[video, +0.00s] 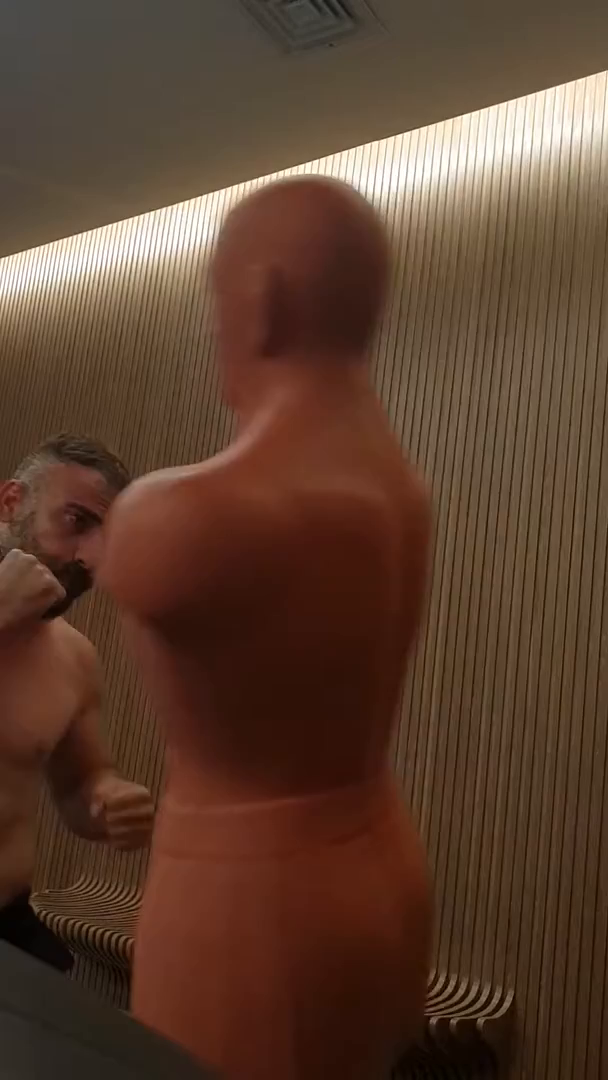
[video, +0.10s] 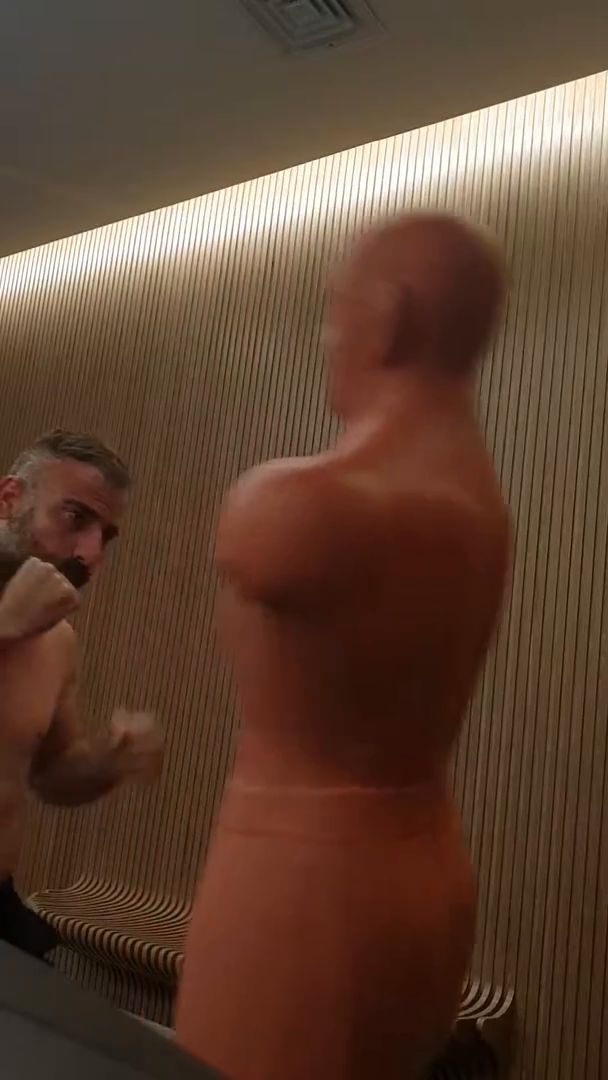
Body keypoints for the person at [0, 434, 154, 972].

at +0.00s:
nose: (93, 555)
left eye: (105, 534)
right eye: (77, 521)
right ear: (12, 503)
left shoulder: (70, 656)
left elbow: (81, 783)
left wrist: (117, 811)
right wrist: (4, 614)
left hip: (11, 922)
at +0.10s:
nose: (91, 553)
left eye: (105, 535)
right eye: (75, 518)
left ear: (111, 543)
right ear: (11, 497)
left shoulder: (56, 639)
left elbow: (51, 777)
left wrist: (108, 763)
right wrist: (7, 623)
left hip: (5, 904)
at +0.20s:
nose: (103, 564)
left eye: (116, 545)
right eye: (87, 530)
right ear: (20, 512)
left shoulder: (63, 646)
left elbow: (76, 786)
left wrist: (134, 707)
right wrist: (27, 649)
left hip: (2, 904)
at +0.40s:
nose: (85, 562)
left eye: (99, 544)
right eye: (69, 530)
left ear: (107, 547)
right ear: (6, 507)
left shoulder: (52, 644)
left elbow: (97, 779)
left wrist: (118, 669)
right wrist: (24, 657)